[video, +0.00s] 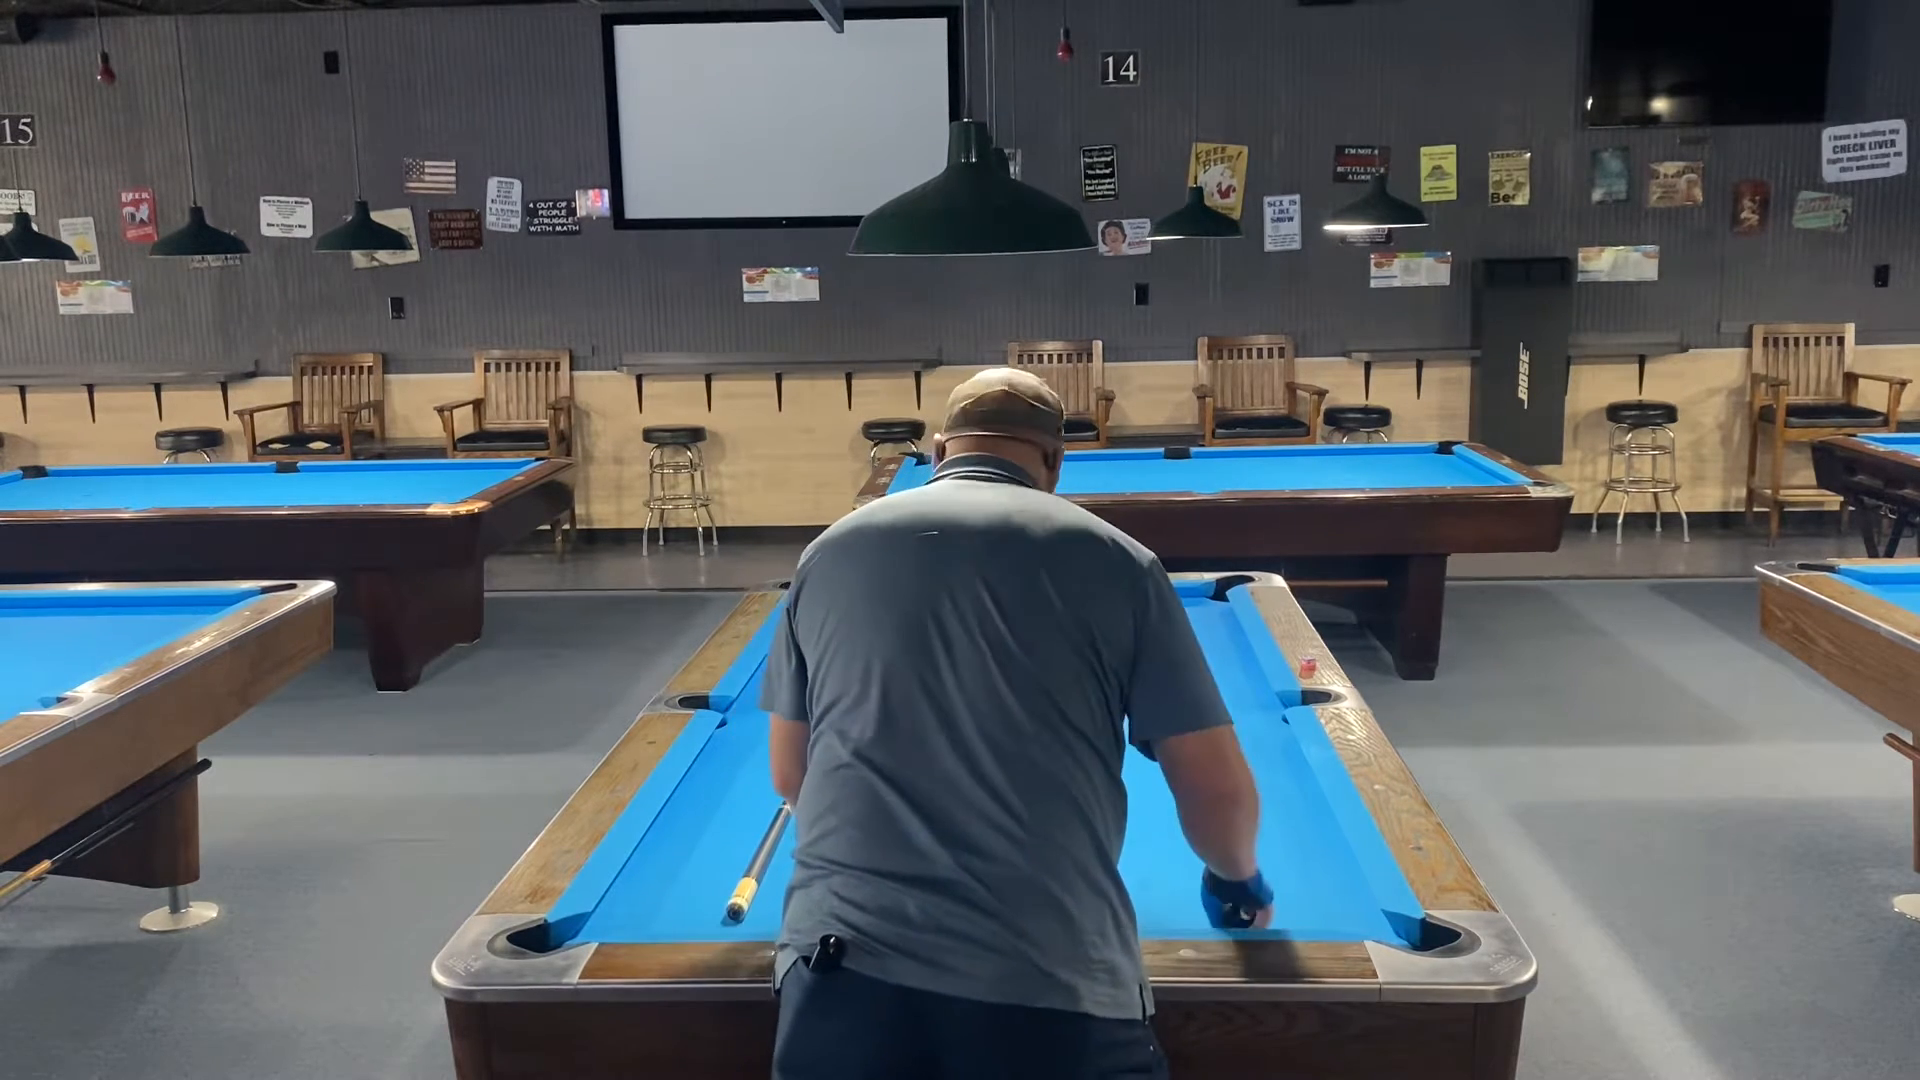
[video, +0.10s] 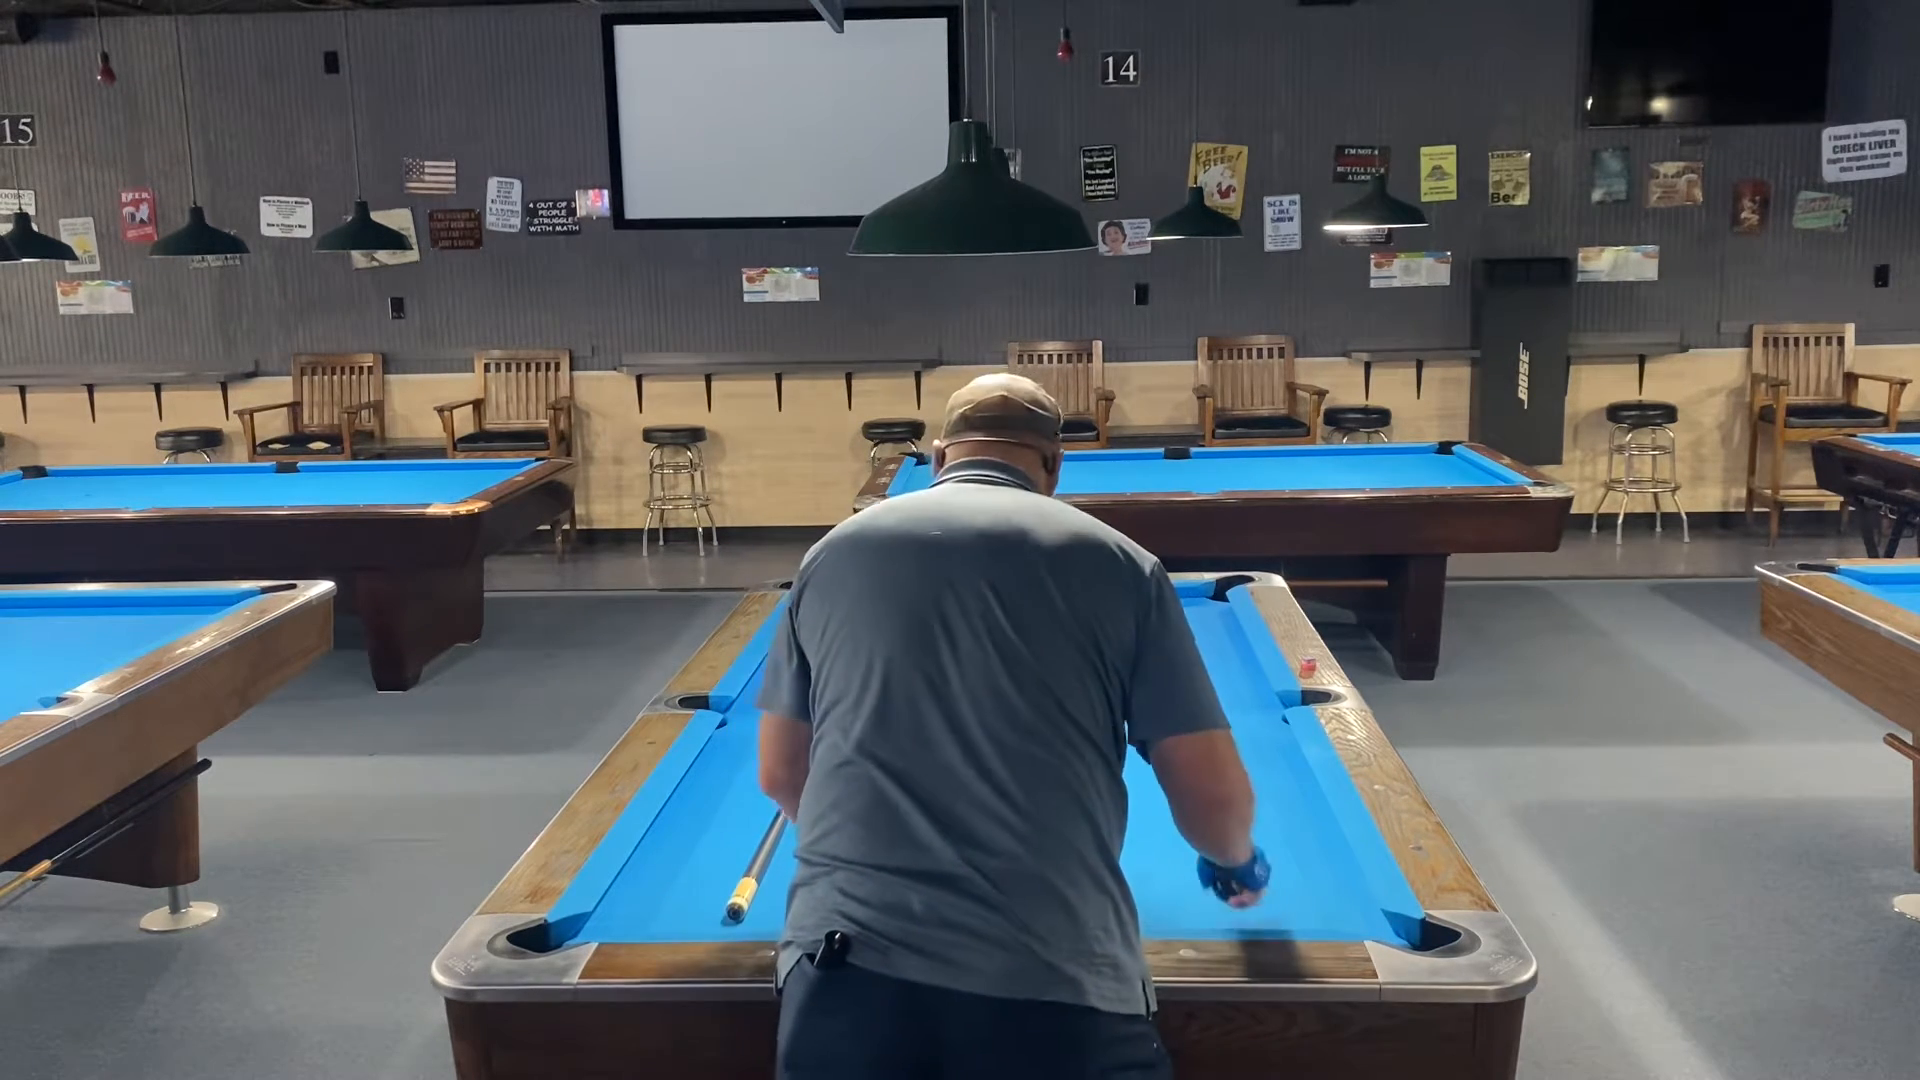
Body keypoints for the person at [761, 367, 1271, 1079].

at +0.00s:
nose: (1052, 477)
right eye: (1054, 464)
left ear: (938, 453)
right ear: (1052, 458)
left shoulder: (833, 549)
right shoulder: (1117, 562)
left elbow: (792, 772)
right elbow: (1214, 782)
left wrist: (880, 831)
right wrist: (1235, 881)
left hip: (848, 986)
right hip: (1056, 1005)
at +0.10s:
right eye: (1052, 468)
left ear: (939, 458)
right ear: (1051, 463)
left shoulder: (837, 550)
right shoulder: (1120, 566)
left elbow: (783, 772)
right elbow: (1211, 789)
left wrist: (870, 835)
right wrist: (1234, 863)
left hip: (851, 982)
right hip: (1060, 1000)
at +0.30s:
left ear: (935, 469)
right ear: (1045, 478)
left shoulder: (836, 557)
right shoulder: (1117, 573)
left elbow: (777, 772)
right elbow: (1192, 798)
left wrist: (861, 819)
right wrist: (1163, 822)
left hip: (854, 979)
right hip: (1066, 994)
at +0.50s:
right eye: (1041, 484)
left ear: (927, 483)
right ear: (1037, 486)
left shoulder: (834, 570)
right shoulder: (1104, 576)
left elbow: (804, 780)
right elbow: (1153, 787)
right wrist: (1065, 827)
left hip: (850, 977)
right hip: (1057, 984)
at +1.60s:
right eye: (1030, 511)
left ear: (917, 513)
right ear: (1024, 514)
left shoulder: (833, 585)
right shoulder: (1090, 593)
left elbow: (803, 793)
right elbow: (1130, 798)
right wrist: (1037, 852)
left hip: (845, 962)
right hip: (1049, 971)